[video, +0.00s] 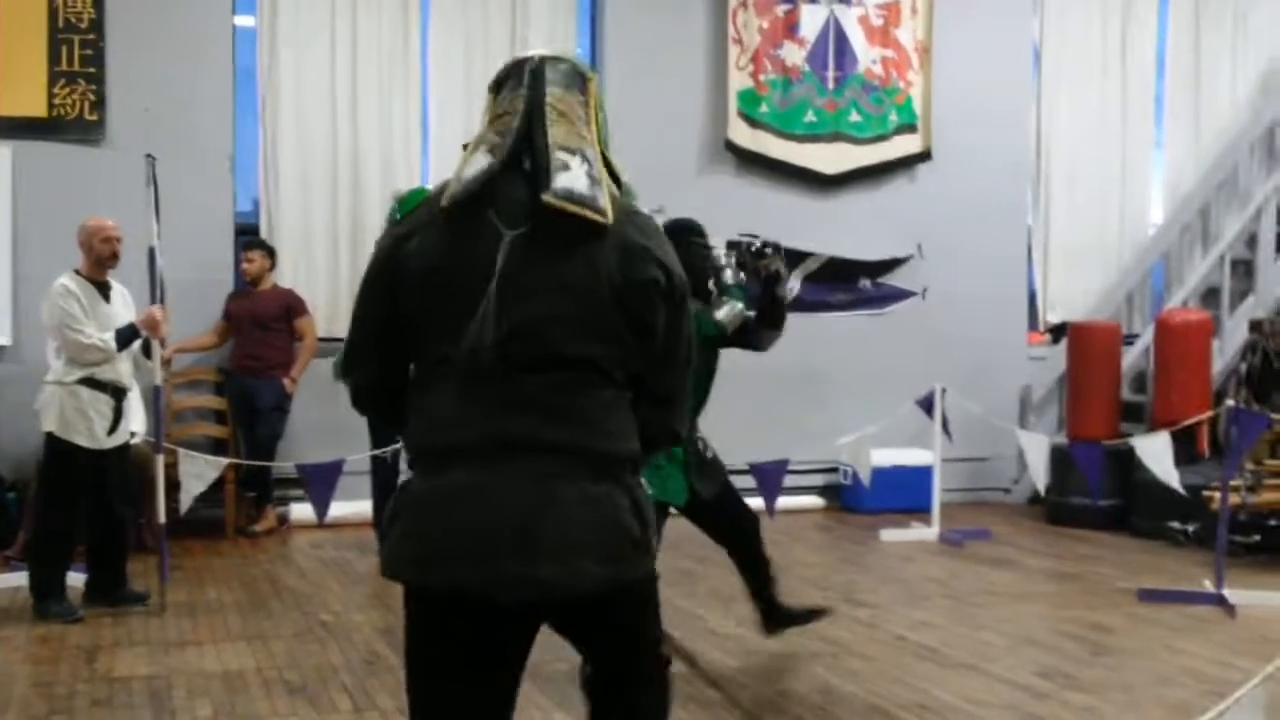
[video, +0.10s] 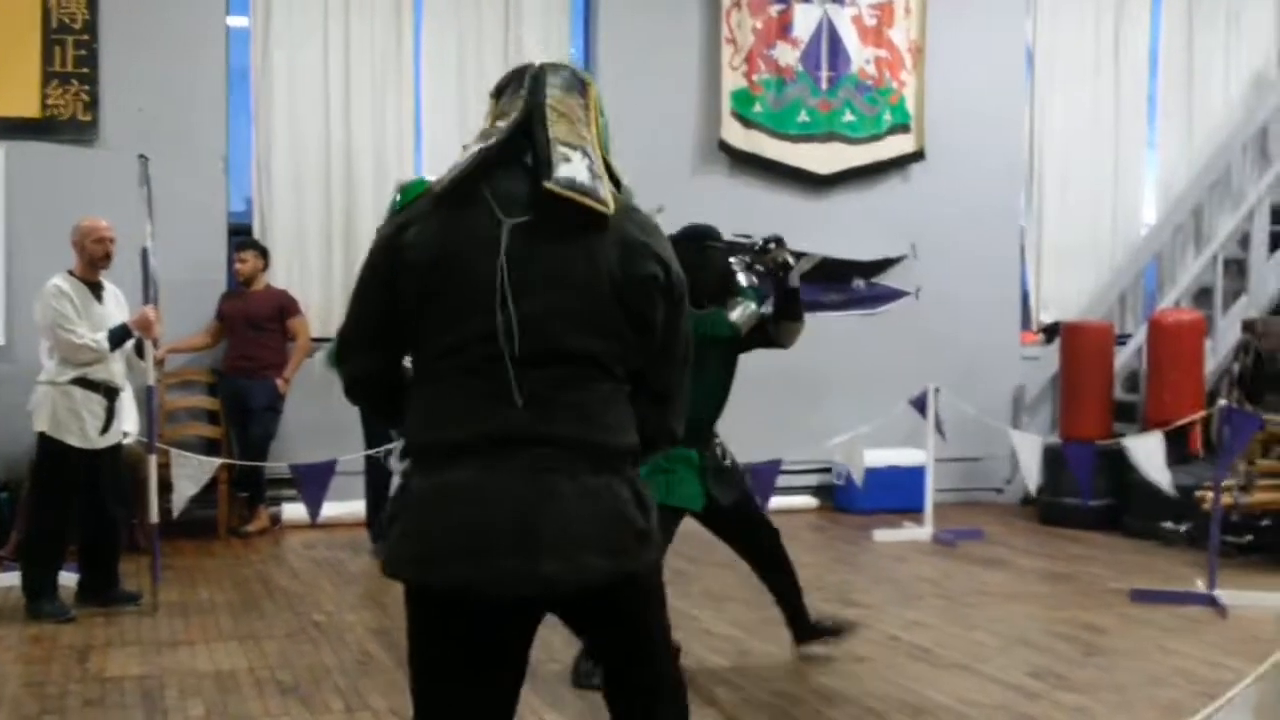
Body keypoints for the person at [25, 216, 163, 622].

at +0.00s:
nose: (116, 249)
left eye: (118, 242)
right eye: (107, 242)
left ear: (120, 247)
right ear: (85, 247)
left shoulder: (122, 294)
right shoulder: (64, 291)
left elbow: (139, 363)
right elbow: (83, 350)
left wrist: (154, 345)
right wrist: (138, 329)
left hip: (116, 415)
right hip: (73, 413)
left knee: (112, 505)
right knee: (60, 506)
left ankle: (107, 585)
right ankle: (48, 593)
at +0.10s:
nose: (108, 249)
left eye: (111, 242)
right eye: (99, 242)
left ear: (113, 247)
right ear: (78, 247)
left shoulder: (115, 295)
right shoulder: (57, 291)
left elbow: (135, 367)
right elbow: (76, 349)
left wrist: (146, 345)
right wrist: (130, 329)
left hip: (108, 414)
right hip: (66, 412)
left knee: (104, 504)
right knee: (53, 505)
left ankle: (99, 585)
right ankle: (40, 594)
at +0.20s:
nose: (80, 247)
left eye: (84, 239)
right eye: (72, 239)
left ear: (88, 245)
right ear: (54, 245)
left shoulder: (91, 294)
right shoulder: (33, 289)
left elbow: (103, 358)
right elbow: (46, 346)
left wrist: (123, 342)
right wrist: (99, 333)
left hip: (85, 413)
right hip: (40, 412)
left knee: (79, 505)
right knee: (25, 507)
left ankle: (73, 586)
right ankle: (13, 592)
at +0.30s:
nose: (59, 248)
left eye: (63, 241)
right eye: (51, 241)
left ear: (66, 248)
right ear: (30, 247)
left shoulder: (68, 295)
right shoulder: (10, 292)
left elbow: (79, 356)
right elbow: (30, 351)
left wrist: (98, 342)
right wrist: (80, 331)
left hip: (61, 417)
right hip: (19, 416)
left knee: (57, 507)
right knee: (14, 508)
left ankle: (51, 588)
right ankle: (4, 593)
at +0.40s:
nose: (44, 250)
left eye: (48, 242)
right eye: (35, 242)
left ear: (51, 248)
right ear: (14, 246)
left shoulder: (51, 295)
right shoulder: (3, 293)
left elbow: (66, 367)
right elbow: (11, 353)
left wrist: (84, 347)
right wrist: (65, 331)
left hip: (49, 418)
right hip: (11, 418)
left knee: (44, 507)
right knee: (17, 508)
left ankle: (38, 588)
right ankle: (23, 589)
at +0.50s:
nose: (28, 249)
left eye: (31, 242)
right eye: (19, 242)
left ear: (35, 247)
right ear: (2, 246)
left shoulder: (36, 296)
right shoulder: (3, 295)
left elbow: (49, 362)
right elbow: (6, 352)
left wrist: (67, 346)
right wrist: (46, 334)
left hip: (35, 423)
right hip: (7, 426)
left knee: (31, 511)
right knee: (10, 512)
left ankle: (24, 588)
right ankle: (13, 590)